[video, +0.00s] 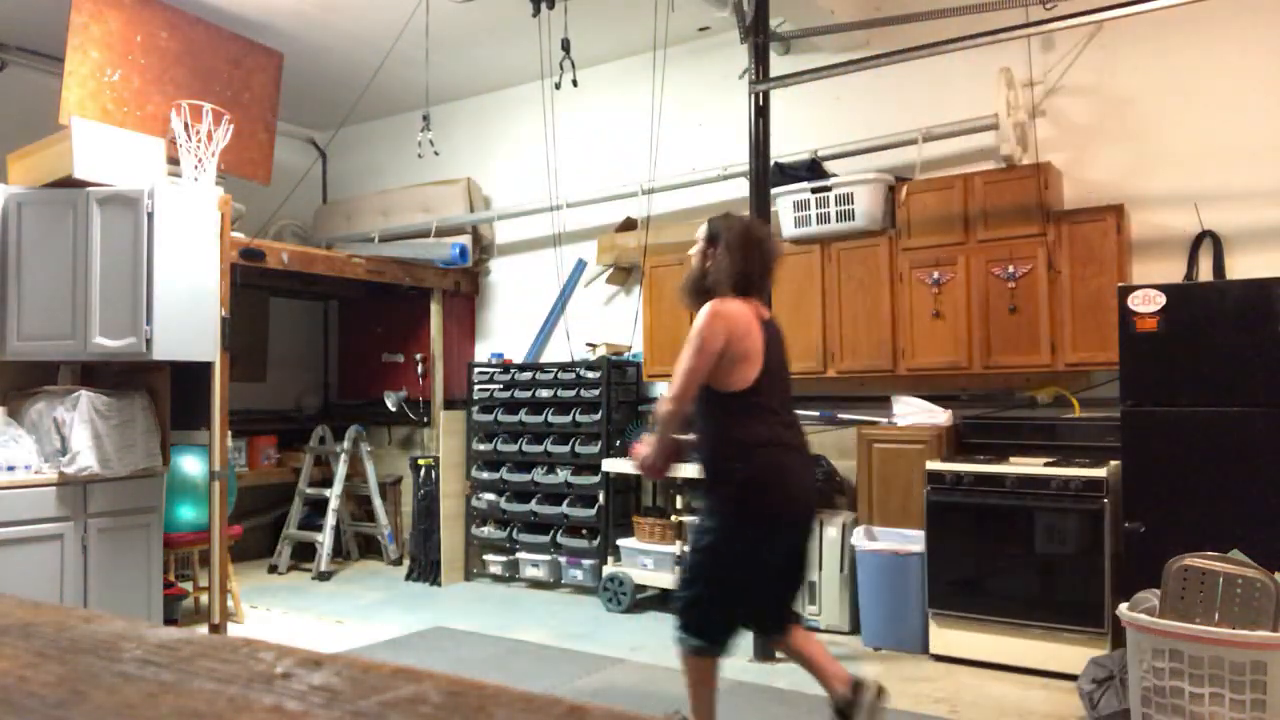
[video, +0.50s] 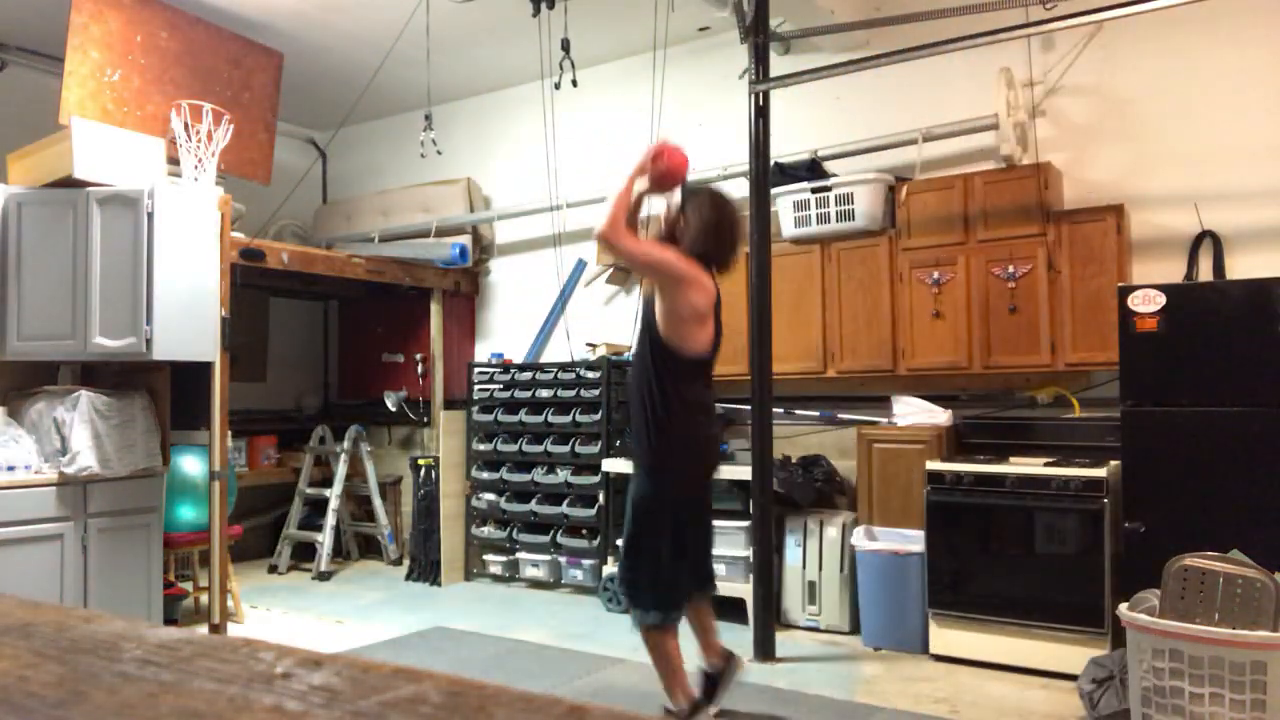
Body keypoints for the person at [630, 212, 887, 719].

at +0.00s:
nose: (692, 255)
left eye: (699, 247)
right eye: (695, 246)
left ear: (719, 255)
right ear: (750, 259)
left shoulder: (718, 314)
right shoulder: (762, 318)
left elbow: (675, 403)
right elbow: (741, 417)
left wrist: (658, 454)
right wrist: (677, 444)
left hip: (743, 489)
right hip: (789, 484)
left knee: (699, 615)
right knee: (769, 610)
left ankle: (702, 715)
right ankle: (846, 690)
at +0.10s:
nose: (680, 264)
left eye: (688, 256)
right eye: (683, 255)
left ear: (707, 266)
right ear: (732, 270)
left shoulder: (705, 325)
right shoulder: (747, 327)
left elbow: (640, 398)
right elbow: (714, 416)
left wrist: (612, 408)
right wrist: (641, 420)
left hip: (727, 494)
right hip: (768, 488)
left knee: (671, 608)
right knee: (722, 599)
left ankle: (697, 714)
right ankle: (793, 680)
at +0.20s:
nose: (675, 272)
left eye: (684, 266)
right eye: (679, 264)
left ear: (704, 278)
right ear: (731, 282)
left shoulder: (697, 335)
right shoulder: (735, 338)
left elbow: (617, 378)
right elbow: (670, 390)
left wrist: (588, 348)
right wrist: (620, 354)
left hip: (707, 506)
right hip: (743, 504)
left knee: (650, 605)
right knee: (698, 602)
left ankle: (693, 712)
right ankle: (743, 684)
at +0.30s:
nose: (672, 276)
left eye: (681, 270)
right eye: (677, 268)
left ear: (695, 287)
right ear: (721, 293)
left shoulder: (696, 343)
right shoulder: (712, 346)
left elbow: (608, 334)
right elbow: (631, 338)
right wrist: (631, 280)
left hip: (695, 508)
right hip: (716, 503)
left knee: (632, 607)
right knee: (685, 608)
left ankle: (691, 714)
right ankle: (744, 684)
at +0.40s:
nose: (668, 259)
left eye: (676, 251)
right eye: (669, 251)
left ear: (691, 264)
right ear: (715, 270)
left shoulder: (690, 321)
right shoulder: (691, 320)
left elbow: (612, 276)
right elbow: (626, 283)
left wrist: (635, 216)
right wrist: (648, 228)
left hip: (685, 488)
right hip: (699, 484)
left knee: (631, 600)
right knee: (687, 596)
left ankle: (689, 712)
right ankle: (742, 679)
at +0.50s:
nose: (665, 219)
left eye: (673, 212)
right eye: (669, 213)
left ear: (685, 226)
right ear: (708, 233)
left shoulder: (685, 275)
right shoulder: (690, 278)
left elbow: (612, 235)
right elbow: (623, 247)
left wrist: (636, 177)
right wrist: (649, 190)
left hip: (667, 454)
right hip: (687, 449)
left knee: (645, 581)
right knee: (685, 563)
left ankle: (681, 699)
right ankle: (715, 657)